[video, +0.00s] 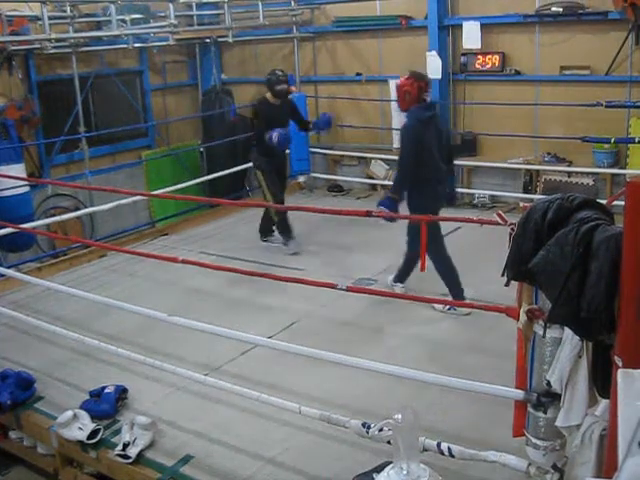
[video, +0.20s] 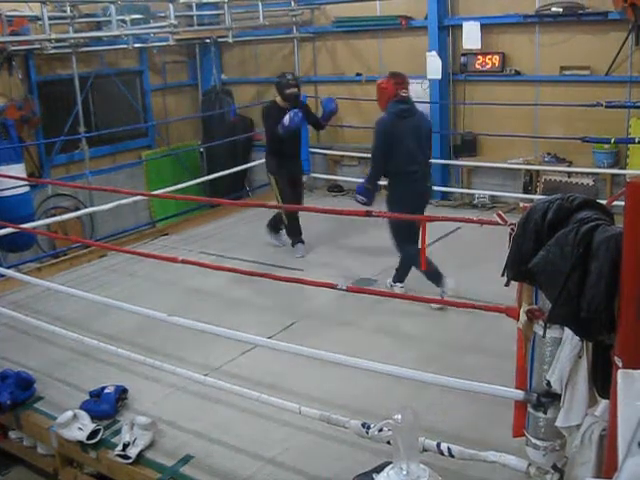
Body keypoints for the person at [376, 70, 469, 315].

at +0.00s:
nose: (398, 98)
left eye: (402, 93)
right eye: (399, 93)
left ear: (412, 96)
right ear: (421, 95)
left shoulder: (412, 125)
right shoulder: (434, 119)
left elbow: (405, 166)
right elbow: (447, 154)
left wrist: (392, 198)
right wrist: (449, 188)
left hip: (420, 192)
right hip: (435, 190)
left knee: (433, 245)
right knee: (416, 238)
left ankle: (458, 298)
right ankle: (398, 280)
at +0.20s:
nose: (378, 98)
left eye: (380, 93)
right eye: (378, 93)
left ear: (389, 94)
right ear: (403, 93)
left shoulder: (385, 123)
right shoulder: (422, 119)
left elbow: (379, 162)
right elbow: (426, 154)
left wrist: (368, 187)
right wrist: (416, 176)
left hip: (399, 187)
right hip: (422, 184)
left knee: (403, 242)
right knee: (412, 236)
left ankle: (440, 281)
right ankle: (397, 282)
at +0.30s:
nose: (368, 100)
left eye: (370, 95)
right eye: (369, 95)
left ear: (378, 96)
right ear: (394, 94)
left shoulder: (376, 123)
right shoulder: (413, 119)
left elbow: (367, 159)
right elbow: (417, 155)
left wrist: (357, 186)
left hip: (392, 187)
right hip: (416, 186)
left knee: (383, 238)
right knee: (408, 236)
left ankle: (419, 272)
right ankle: (398, 281)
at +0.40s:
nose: (359, 99)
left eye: (361, 95)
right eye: (360, 95)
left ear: (369, 96)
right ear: (385, 94)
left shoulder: (365, 124)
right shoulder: (405, 118)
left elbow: (358, 161)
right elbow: (407, 151)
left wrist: (348, 186)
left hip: (382, 185)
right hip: (408, 183)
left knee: (369, 232)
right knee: (405, 231)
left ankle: (393, 273)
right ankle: (401, 273)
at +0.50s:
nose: (351, 100)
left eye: (353, 96)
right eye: (352, 96)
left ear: (359, 97)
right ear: (378, 95)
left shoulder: (356, 124)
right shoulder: (397, 117)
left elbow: (350, 160)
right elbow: (397, 149)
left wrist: (342, 186)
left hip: (372, 185)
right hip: (398, 183)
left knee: (356, 227)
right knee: (400, 230)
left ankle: (361, 276)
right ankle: (398, 280)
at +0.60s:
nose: (346, 98)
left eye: (347, 95)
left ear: (351, 96)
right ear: (370, 94)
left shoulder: (345, 123)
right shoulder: (386, 118)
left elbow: (340, 157)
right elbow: (386, 147)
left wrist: (335, 186)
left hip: (359, 182)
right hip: (387, 182)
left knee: (344, 226)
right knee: (394, 231)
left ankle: (333, 273)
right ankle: (397, 281)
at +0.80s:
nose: (323, 96)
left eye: (324, 92)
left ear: (325, 95)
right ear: (345, 95)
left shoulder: (315, 120)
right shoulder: (359, 120)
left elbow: (313, 154)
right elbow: (365, 151)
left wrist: (322, 172)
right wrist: (357, 171)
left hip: (325, 183)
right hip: (355, 181)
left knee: (320, 232)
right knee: (375, 226)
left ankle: (318, 278)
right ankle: (391, 278)